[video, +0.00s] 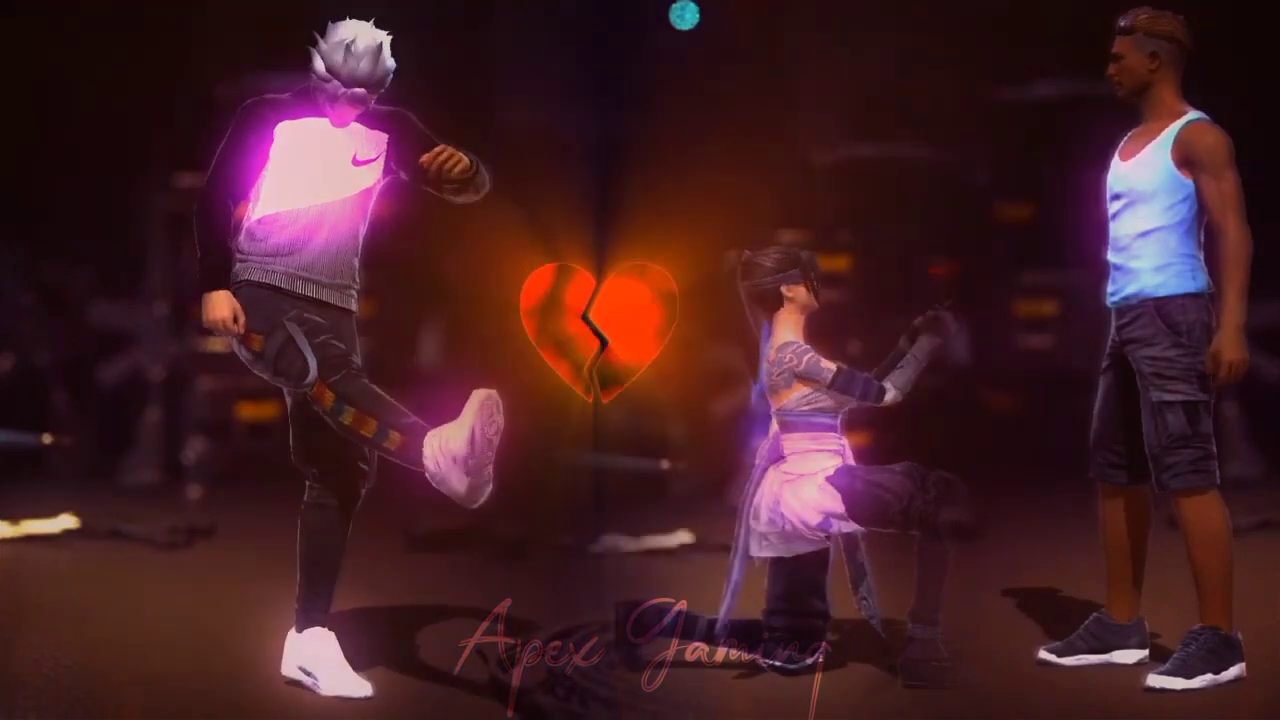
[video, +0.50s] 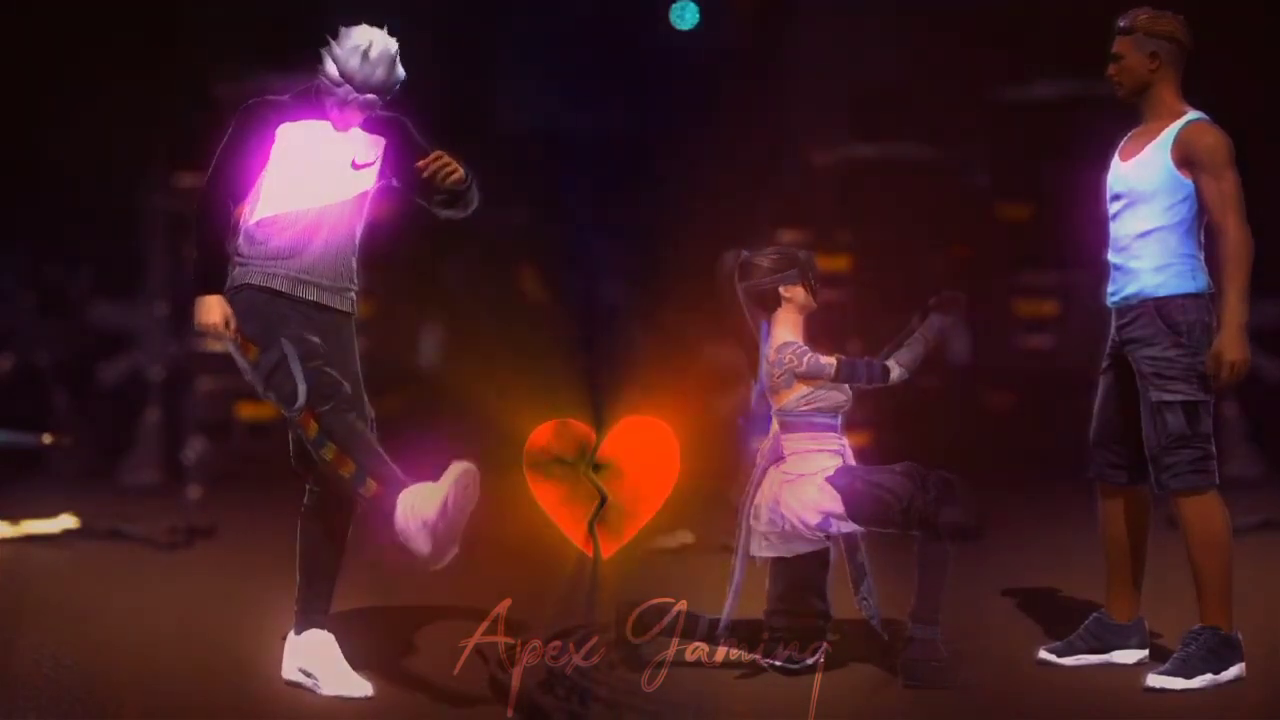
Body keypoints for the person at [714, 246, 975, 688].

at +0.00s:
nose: (815, 291)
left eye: (812, 282)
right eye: (808, 283)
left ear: (786, 292)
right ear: (787, 290)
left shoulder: (782, 350)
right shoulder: (792, 353)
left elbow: (869, 389)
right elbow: (886, 393)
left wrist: (906, 346)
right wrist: (929, 343)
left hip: (794, 482)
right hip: (809, 486)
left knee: (795, 644)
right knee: (942, 495)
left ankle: (673, 624)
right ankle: (924, 645)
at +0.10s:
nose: (814, 291)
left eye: (811, 282)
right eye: (806, 283)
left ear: (786, 292)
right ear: (785, 290)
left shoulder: (785, 352)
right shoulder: (791, 354)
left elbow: (877, 379)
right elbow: (888, 384)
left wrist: (920, 335)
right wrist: (934, 333)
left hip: (798, 483)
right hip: (809, 486)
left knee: (797, 640)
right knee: (941, 497)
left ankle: (676, 625)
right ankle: (923, 648)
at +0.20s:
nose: (815, 291)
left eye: (812, 282)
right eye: (807, 283)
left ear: (786, 292)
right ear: (785, 291)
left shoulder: (786, 350)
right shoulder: (790, 353)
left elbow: (876, 376)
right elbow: (887, 381)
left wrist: (923, 329)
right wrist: (935, 329)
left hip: (798, 481)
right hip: (809, 486)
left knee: (796, 639)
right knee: (942, 496)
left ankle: (678, 625)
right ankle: (923, 647)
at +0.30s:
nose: (814, 291)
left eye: (811, 282)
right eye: (806, 283)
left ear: (786, 292)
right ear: (785, 291)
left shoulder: (785, 350)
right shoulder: (790, 353)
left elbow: (875, 375)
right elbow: (886, 381)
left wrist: (922, 329)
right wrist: (935, 329)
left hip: (801, 480)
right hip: (810, 486)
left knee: (797, 636)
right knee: (940, 497)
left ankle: (676, 624)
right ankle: (923, 648)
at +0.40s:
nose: (813, 291)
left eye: (810, 283)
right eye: (806, 283)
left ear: (784, 293)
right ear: (785, 291)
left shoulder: (785, 350)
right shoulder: (790, 354)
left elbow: (876, 373)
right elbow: (888, 377)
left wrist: (921, 327)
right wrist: (936, 326)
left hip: (801, 480)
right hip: (809, 487)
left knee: (797, 638)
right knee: (940, 496)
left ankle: (678, 624)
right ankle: (923, 648)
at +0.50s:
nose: (813, 290)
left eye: (810, 281)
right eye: (805, 282)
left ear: (785, 292)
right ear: (784, 291)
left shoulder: (788, 349)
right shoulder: (789, 353)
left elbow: (876, 370)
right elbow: (887, 373)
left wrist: (922, 325)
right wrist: (935, 325)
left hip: (802, 479)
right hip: (808, 485)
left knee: (797, 638)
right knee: (940, 496)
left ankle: (680, 623)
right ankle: (923, 646)